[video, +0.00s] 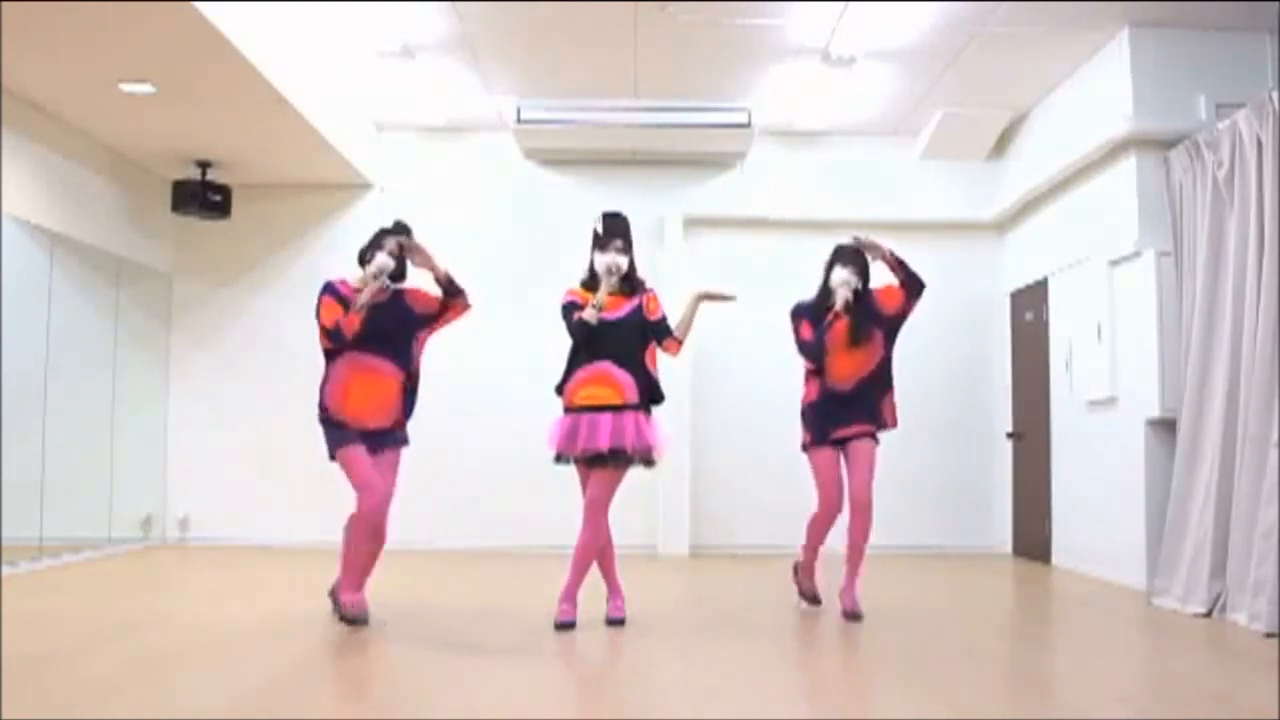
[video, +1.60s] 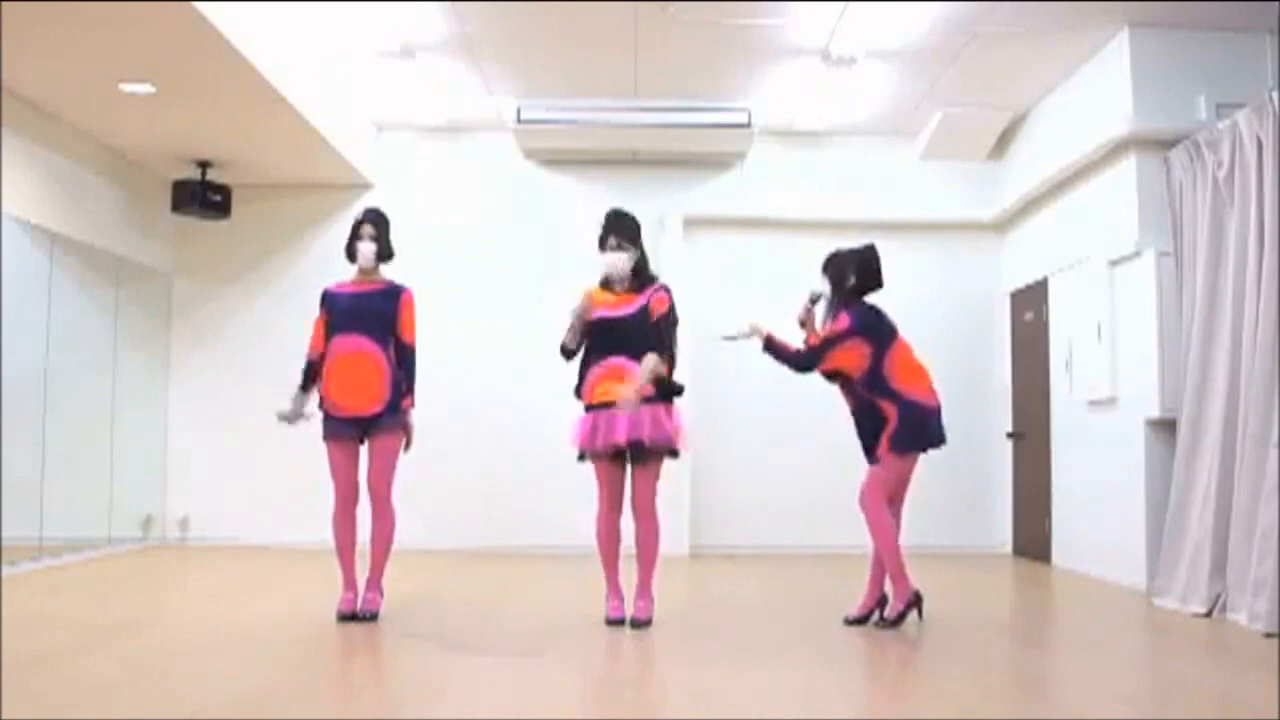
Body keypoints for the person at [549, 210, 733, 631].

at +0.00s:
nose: (613, 261)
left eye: (621, 252)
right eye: (606, 252)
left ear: (631, 255)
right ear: (593, 253)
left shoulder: (642, 297)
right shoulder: (576, 295)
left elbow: (671, 344)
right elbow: (579, 332)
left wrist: (695, 300)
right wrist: (602, 289)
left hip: (624, 407)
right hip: (582, 406)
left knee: (596, 503)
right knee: (594, 505)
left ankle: (567, 595)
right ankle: (615, 592)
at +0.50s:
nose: (615, 257)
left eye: (622, 248)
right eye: (607, 249)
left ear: (633, 252)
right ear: (596, 252)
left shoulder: (651, 296)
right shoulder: (581, 295)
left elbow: (694, 329)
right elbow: (578, 328)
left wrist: (687, 342)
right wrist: (595, 305)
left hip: (632, 401)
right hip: (589, 401)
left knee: (600, 482)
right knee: (595, 489)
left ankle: (607, 582)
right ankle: (610, 587)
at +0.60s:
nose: (615, 256)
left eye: (623, 247)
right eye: (608, 247)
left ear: (634, 251)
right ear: (596, 250)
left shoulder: (651, 295)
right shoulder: (582, 294)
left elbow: (682, 347)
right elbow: (582, 327)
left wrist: (698, 393)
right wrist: (602, 293)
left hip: (637, 401)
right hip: (593, 400)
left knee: (608, 478)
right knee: (600, 489)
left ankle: (634, 557)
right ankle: (612, 589)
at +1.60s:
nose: (615, 257)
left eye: (622, 248)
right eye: (608, 248)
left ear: (637, 249)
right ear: (600, 251)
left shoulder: (656, 296)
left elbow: (663, 351)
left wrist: (638, 384)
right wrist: (581, 317)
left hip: (646, 402)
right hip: (603, 404)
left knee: (643, 504)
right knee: (610, 503)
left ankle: (644, 593)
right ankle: (613, 591)